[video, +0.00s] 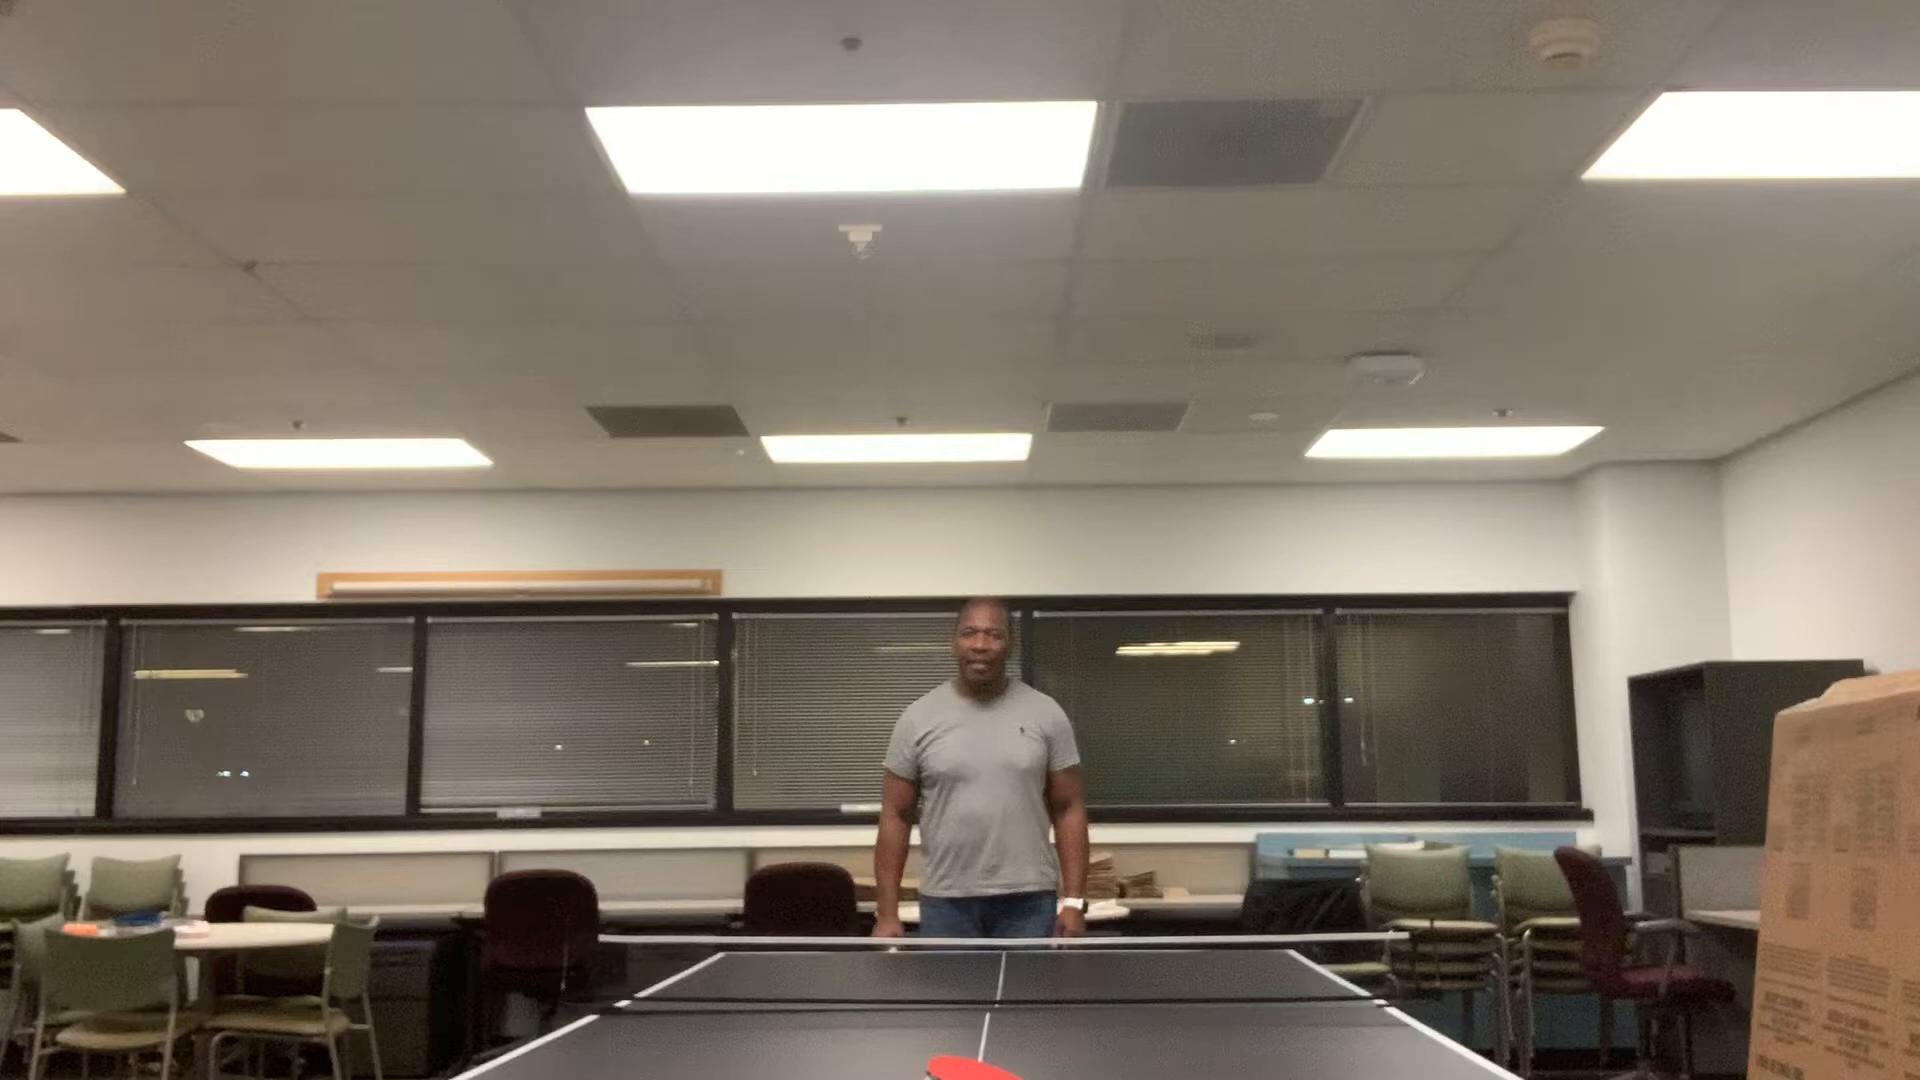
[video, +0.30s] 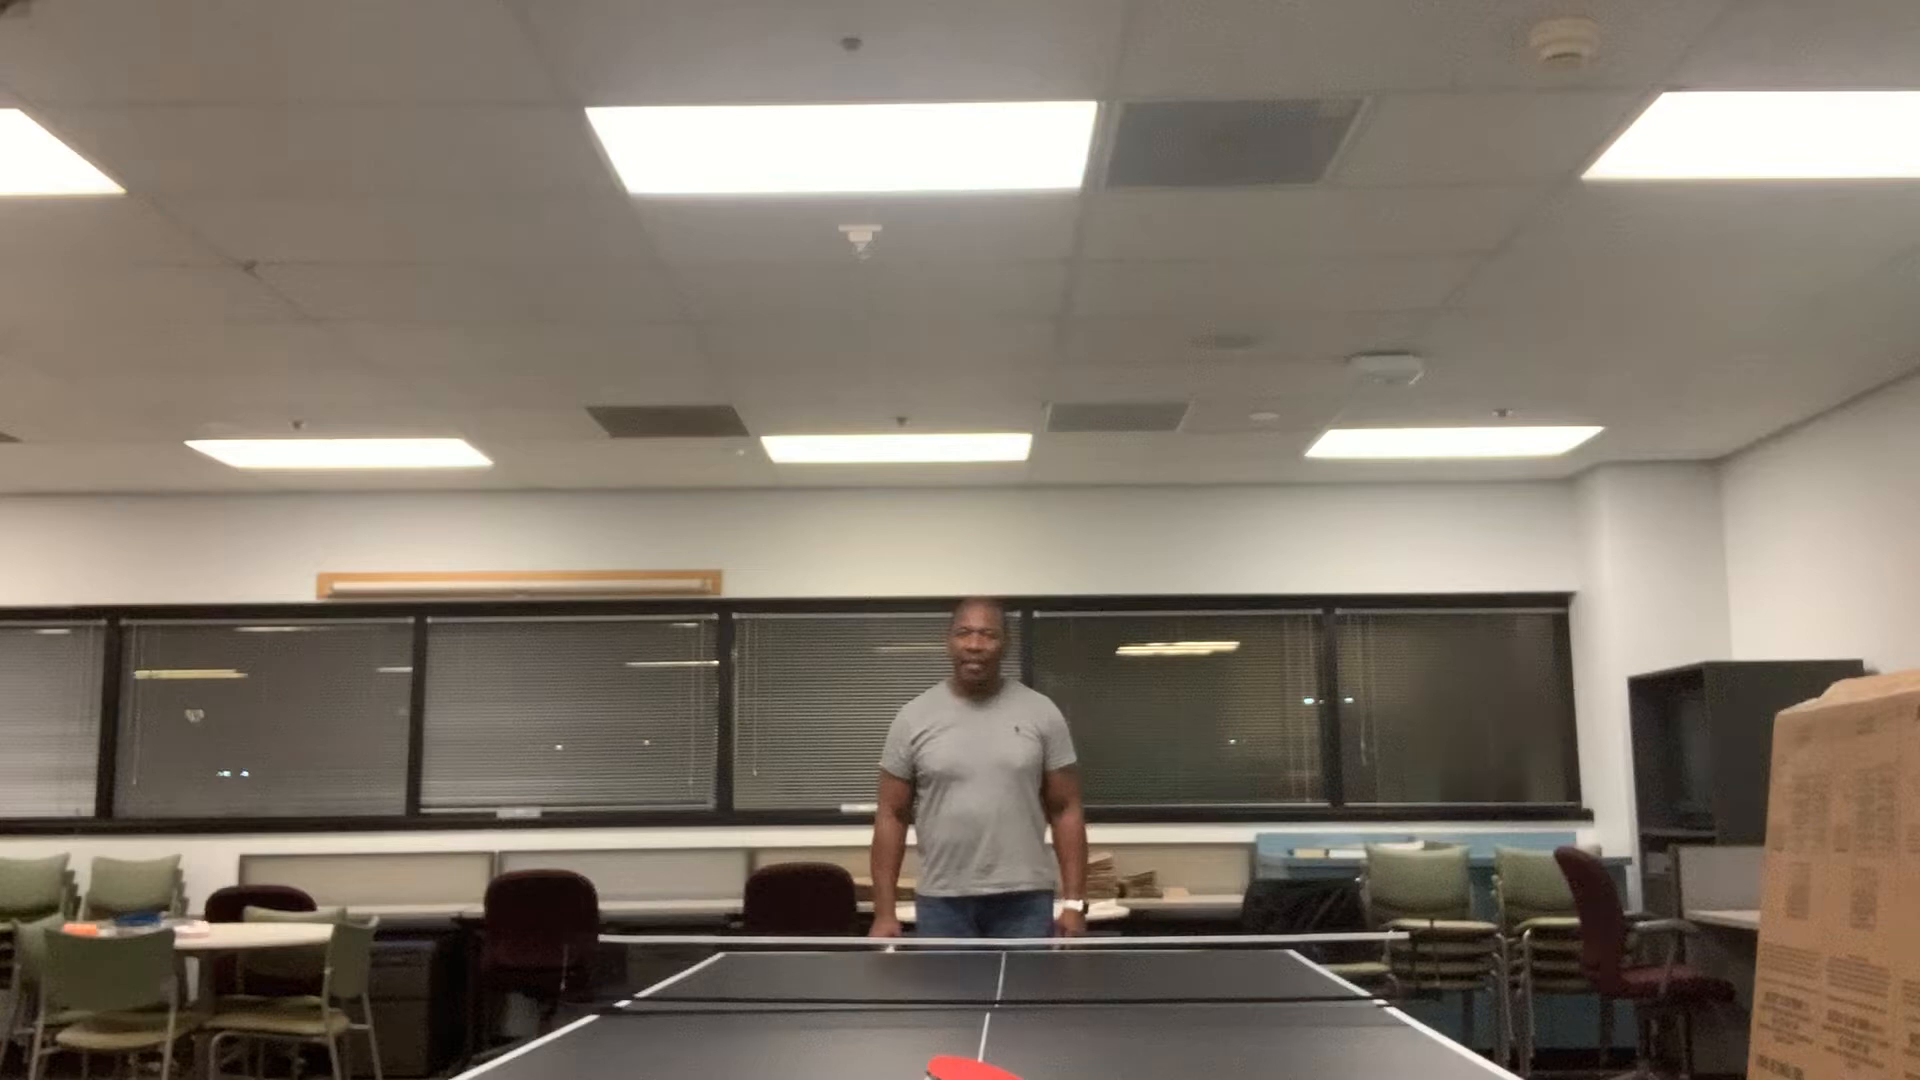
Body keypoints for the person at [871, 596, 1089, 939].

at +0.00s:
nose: (980, 644)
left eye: (993, 634)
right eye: (969, 633)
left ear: (1009, 644)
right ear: (954, 642)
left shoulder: (1045, 714)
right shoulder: (918, 718)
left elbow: (1068, 808)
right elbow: (896, 815)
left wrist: (1073, 902)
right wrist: (887, 914)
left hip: (1029, 901)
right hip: (946, 903)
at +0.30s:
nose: (974, 644)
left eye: (988, 634)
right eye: (964, 632)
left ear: (1004, 644)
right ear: (948, 641)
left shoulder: (1040, 713)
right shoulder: (913, 719)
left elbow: (1065, 808)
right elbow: (892, 815)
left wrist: (1073, 903)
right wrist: (884, 913)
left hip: (1025, 901)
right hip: (942, 903)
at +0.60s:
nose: (975, 644)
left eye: (988, 634)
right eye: (964, 632)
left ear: (1004, 644)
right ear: (948, 641)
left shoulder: (1040, 712)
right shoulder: (913, 718)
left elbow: (1065, 807)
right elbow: (892, 815)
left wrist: (1072, 901)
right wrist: (889, 912)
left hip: (1025, 900)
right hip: (942, 902)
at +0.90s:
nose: (975, 644)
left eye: (988, 634)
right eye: (964, 632)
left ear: (1004, 644)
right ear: (948, 641)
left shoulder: (1041, 713)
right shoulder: (914, 719)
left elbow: (1066, 807)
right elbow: (893, 816)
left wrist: (1073, 901)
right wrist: (889, 913)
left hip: (1025, 901)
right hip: (943, 903)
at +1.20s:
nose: (975, 645)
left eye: (988, 635)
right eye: (964, 633)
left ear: (1004, 644)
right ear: (948, 641)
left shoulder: (1041, 713)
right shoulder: (914, 720)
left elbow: (1066, 807)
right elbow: (894, 816)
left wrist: (1074, 902)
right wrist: (889, 913)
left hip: (1026, 902)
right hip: (943, 903)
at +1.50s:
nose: (974, 645)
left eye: (988, 635)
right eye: (964, 633)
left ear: (1004, 644)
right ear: (948, 642)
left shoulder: (1041, 713)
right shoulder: (914, 720)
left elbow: (1066, 807)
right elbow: (894, 817)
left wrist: (1072, 903)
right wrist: (890, 914)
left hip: (1026, 902)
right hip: (944, 904)